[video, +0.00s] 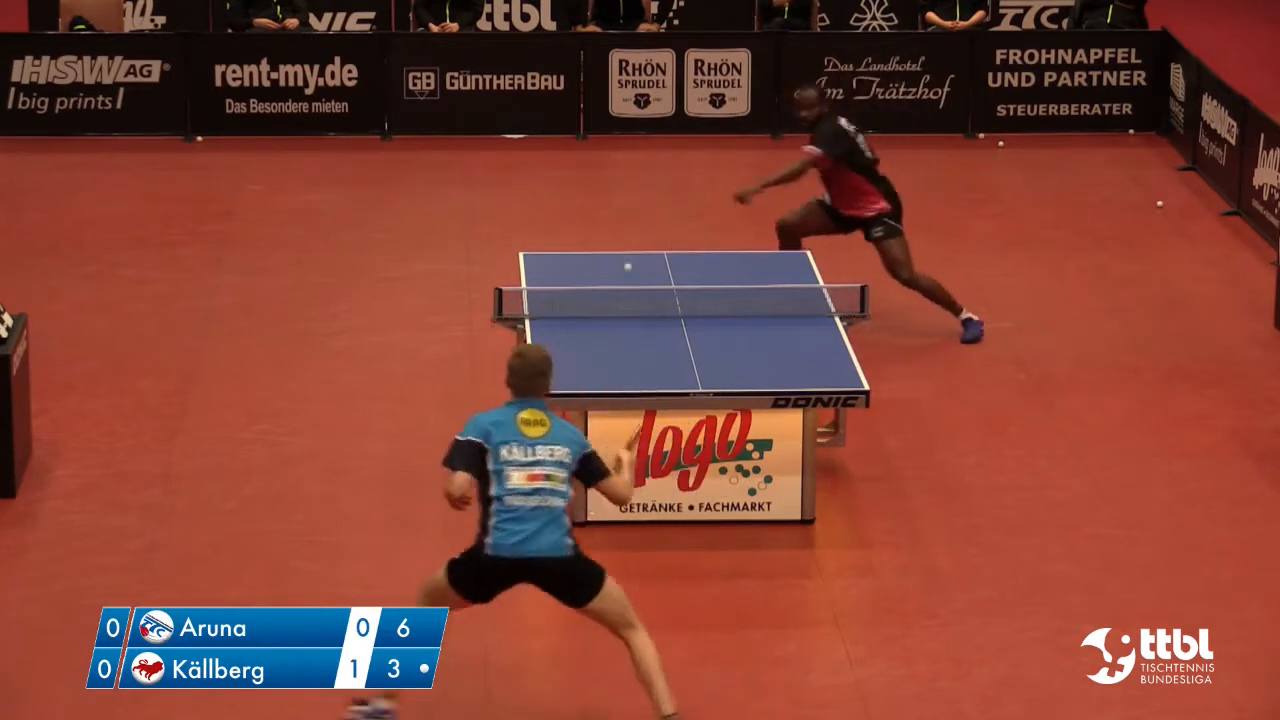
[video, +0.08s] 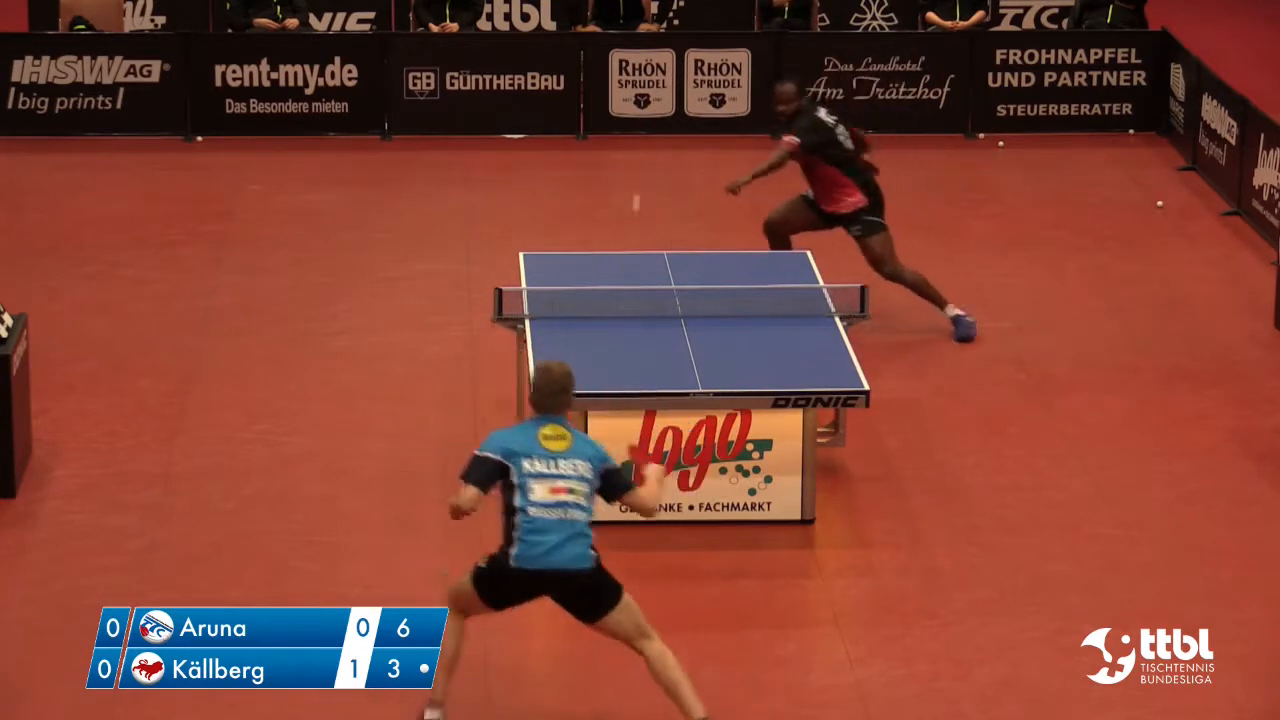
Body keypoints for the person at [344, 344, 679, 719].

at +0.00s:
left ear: (508, 383)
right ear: (549, 385)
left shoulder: (484, 425)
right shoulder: (569, 435)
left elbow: (459, 489)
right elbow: (621, 496)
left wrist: (459, 495)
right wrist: (625, 466)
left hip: (495, 557)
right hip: (558, 558)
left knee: (426, 601)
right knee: (630, 629)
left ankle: (381, 694)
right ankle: (669, 711)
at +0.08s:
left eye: (532, 388)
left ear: (530, 397)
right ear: (570, 401)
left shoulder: (505, 441)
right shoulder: (590, 449)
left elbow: (466, 501)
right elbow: (646, 506)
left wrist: (458, 507)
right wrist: (655, 478)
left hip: (520, 567)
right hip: (579, 571)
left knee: (456, 605)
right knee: (645, 639)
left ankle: (434, 706)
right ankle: (698, 714)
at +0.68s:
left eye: (735, 431)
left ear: (736, 437)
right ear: (774, 443)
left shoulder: (707, 464)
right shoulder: (786, 501)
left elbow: (652, 511)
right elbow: (775, 581)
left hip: (689, 606)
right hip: (748, 614)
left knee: (615, 665)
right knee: (817, 668)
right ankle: (852, 716)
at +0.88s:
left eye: (708, 410)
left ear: (709, 416)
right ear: (750, 421)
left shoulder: (694, 442)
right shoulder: (766, 479)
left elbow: (646, 483)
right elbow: (734, 521)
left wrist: (638, 448)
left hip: (673, 590)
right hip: (734, 598)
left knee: (592, 651)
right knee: (774, 648)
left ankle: (567, 715)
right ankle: (781, 716)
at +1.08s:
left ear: (660, 429)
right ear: (699, 433)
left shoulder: (635, 472)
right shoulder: (720, 491)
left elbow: (590, 532)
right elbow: (728, 570)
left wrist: (585, 495)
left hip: (643, 617)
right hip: (702, 619)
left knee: (564, 660)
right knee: (737, 661)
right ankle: (766, 716)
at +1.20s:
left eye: (629, 410)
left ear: (628, 419)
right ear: (670, 425)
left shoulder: (599, 460)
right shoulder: (687, 480)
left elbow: (554, 524)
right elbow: (717, 559)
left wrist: (574, 506)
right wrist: (730, 513)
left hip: (603, 606)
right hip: (666, 609)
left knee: (544, 660)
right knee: (725, 671)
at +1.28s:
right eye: (659, 408)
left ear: (616, 412)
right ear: (657, 416)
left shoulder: (587, 454)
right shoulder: (676, 470)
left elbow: (548, 522)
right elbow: (713, 550)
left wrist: (571, 506)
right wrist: (730, 511)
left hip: (594, 598)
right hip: (656, 602)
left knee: (526, 661)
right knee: (712, 669)